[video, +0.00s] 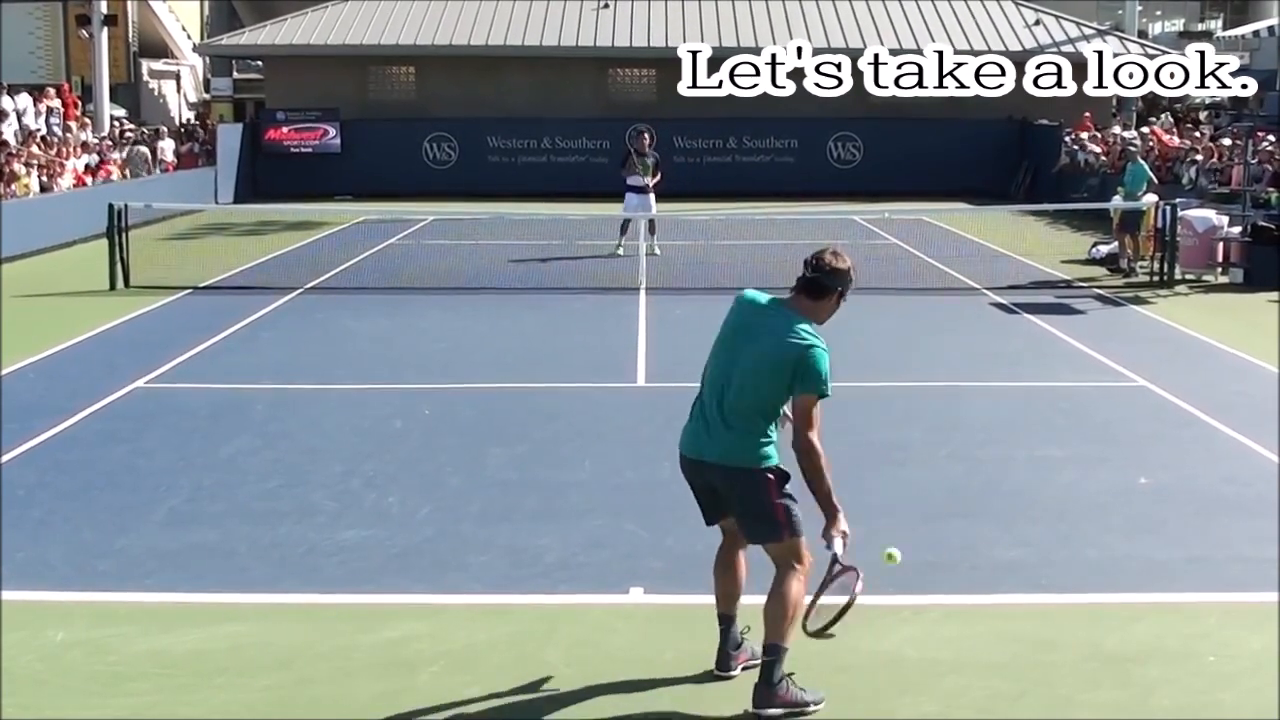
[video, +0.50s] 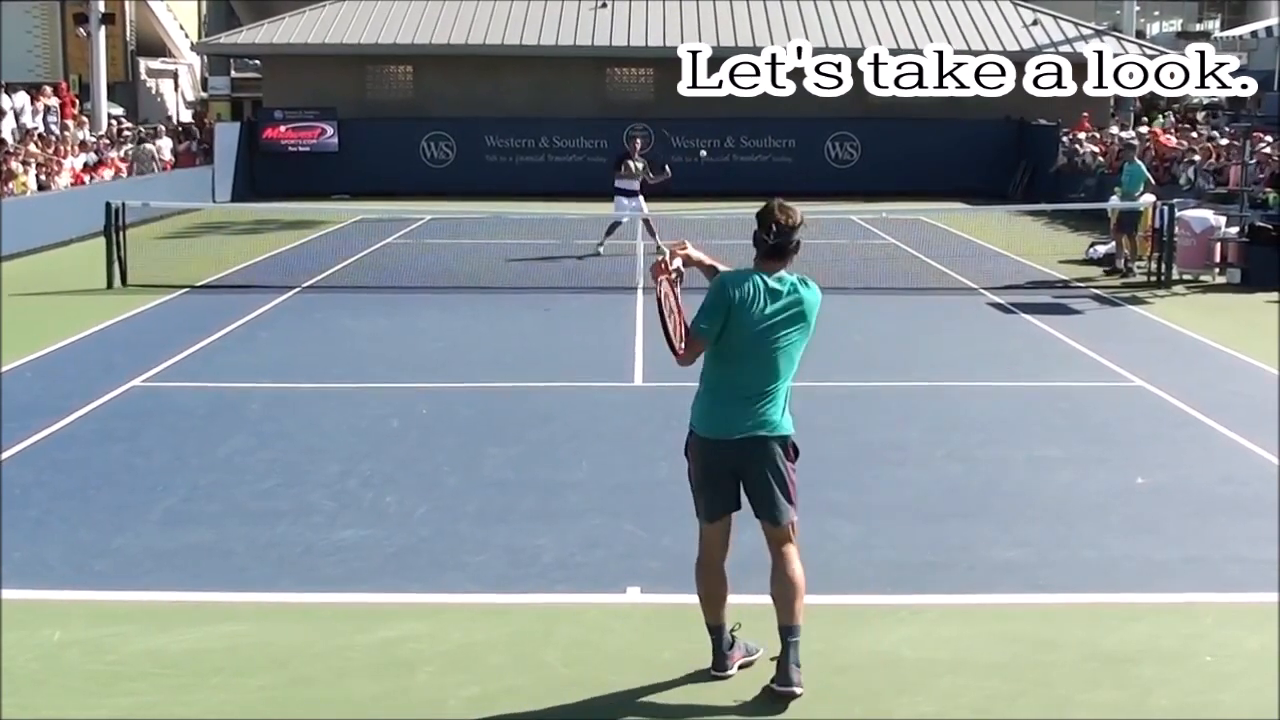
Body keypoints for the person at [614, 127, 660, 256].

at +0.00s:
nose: (644, 141)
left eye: (646, 138)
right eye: (641, 139)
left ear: (649, 141)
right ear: (636, 141)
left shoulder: (654, 156)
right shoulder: (631, 155)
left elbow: (658, 173)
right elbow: (623, 173)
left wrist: (651, 182)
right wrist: (633, 171)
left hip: (647, 189)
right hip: (632, 189)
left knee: (651, 217)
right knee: (628, 217)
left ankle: (653, 244)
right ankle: (620, 244)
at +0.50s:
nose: (635, 145)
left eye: (637, 143)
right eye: (634, 143)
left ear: (640, 146)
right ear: (630, 145)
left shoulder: (642, 162)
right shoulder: (622, 158)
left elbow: (651, 180)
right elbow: (616, 174)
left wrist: (665, 176)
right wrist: (630, 175)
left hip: (636, 193)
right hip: (621, 193)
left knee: (646, 218)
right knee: (620, 220)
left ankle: (658, 245)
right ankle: (602, 243)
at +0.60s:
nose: (629, 147)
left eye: (631, 144)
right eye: (627, 144)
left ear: (633, 147)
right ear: (621, 146)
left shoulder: (635, 163)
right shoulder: (613, 160)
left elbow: (648, 176)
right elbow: (603, 173)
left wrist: (665, 171)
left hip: (628, 196)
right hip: (613, 196)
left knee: (637, 221)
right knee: (613, 220)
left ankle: (652, 246)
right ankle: (597, 246)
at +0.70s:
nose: (624, 146)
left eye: (626, 144)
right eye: (622, 144)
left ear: (628, 146)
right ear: (616, 144)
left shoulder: (629, 162)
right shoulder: (606, 158)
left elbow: (642, 175)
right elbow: (593, 171)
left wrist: (657, 177)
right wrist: (600, 179)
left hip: (621, 193)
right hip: (607, 192)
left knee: (629, 219)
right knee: (608, 218)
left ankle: (644, 245)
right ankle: (595, 245)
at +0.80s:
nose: (622, 145)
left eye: (624, 142)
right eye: (620, 141)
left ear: (625, 144)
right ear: (613, 141)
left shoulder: (624, 158)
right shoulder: (602, 155)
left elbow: (626, 173)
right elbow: (592, 170)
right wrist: (593, 168)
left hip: (618, 190)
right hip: (604, 190)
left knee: (626, 217)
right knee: (603, 217)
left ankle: (638, 244)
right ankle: (595, 245)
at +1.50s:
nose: (625, 135)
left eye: (627, 132)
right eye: (623, 132)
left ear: (629, 134)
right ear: (618, 134)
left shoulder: (634, 150)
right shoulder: (610, 149)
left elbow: (638, 168)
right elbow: (604, 165)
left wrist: (629, 177)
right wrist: (612, 168)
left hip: (628, 184)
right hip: (612, 184)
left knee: (631, 211)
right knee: (605, 210)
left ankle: (632, 236)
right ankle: (595, 236)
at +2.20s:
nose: (632, 127)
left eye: (634, 125)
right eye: (629, 125)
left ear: (637, 127)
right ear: (625, 126)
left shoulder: (640, 142)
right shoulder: (617, 140)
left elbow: (644, 157)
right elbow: (612, 158)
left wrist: (641, 167)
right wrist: (623, 157)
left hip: (634, 176)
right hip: (618, 176)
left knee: (642, 203)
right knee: (610, 202)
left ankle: (648, 230)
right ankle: (607, 229)